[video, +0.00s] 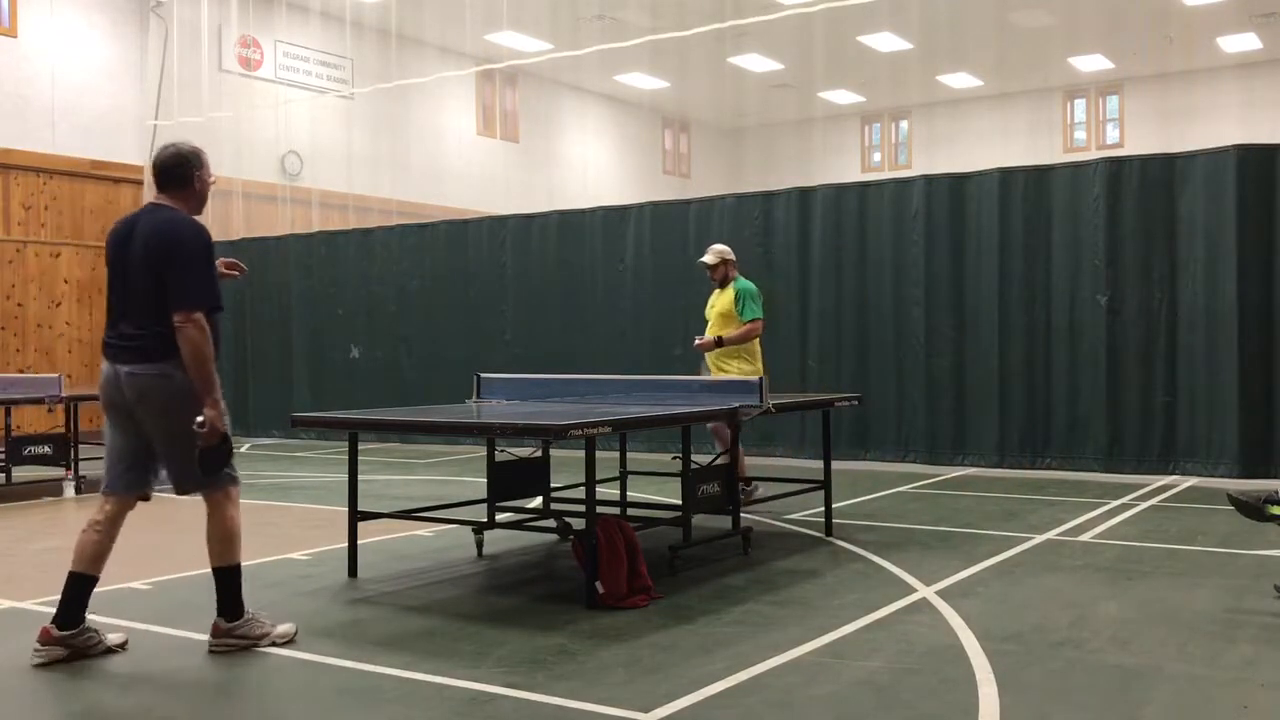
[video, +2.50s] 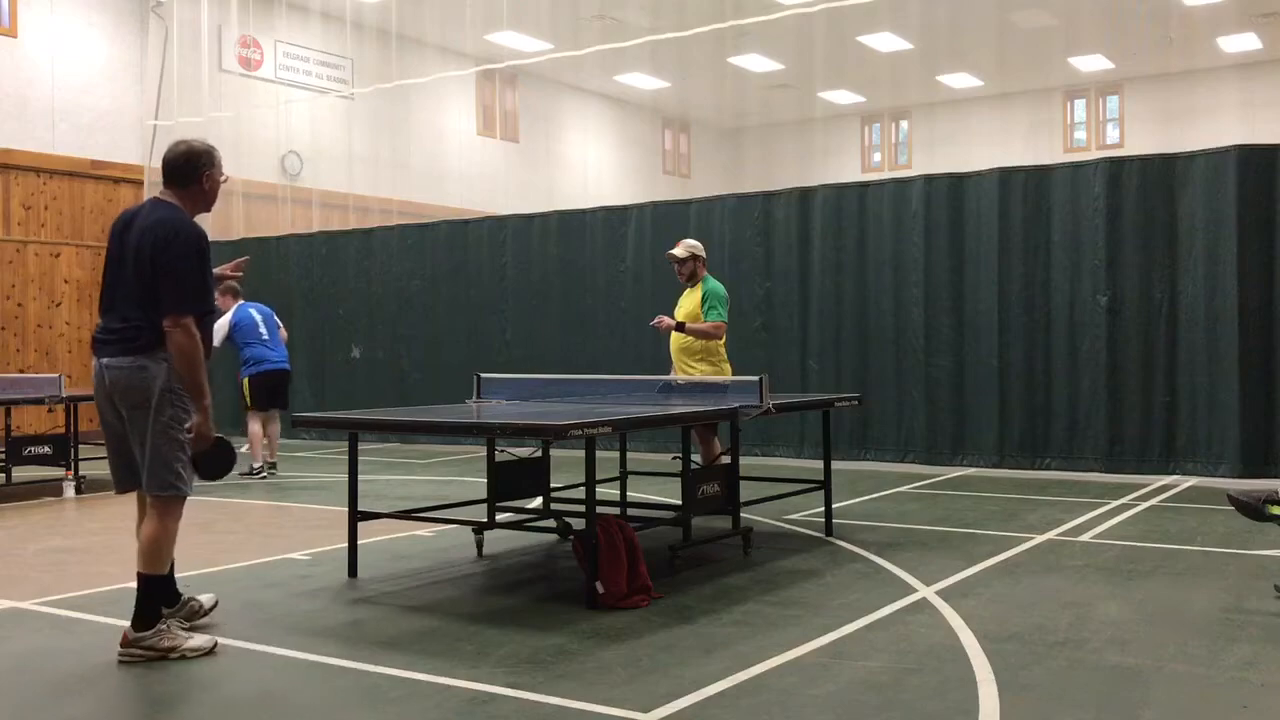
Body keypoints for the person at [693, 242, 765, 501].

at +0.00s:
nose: (710, 273)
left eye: (713, 268)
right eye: (708, 268)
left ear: (729, 265)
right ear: (715, 268)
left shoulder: (745, 288)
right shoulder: (719, 291)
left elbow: (755, 327)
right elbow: (721, 328)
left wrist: (716, 341)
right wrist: (706, 340)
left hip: (740, 375)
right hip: (719, 374)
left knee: (719, 424)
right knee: (720, 426)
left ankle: (742, 480)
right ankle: (740, 480)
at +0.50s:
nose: (689, 277)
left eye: (693, 272)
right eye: (687, 272)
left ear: (709, 268)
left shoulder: (726, 294)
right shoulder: (699, 295)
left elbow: (732, 337)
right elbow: (700, 337)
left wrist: (693, 353)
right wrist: (684, 361)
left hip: (723, 378)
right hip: (704, 377)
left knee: (711, 434)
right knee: (717, 434)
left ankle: (715, 492)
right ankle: (723, 491)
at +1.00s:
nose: (679, 276)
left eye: (683, 271)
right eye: (676, 271)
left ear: (699, 267)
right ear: (674, 270)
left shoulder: (717, 296)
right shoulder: (690, 293)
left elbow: (725, 339)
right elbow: (695, 336)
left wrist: (689, 360)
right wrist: (683, 363)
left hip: (717, 374)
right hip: (696, 374)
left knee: (710, 431)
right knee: (702, 429)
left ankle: (713, 485)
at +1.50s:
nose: (678, 271)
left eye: (684, 265)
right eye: (676, 265)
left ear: (700, 264)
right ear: (675, 265)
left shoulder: (716, 293)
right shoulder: (689, 291)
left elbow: (724, 336)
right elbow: (688, 334)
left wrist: (687, 354)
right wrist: (676, 363)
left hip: (713, 375)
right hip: (692, 374)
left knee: (709, 432)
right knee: (703, 431)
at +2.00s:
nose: (677, 269)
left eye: (682, 262)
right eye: (675, 263)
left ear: (699, 262)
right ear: (675, 264)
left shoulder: (714, 291)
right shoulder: (691, 290)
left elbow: (718, 333)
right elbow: (689, 335)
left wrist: (677, 326)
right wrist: (677, 370)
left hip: (709, 377)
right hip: (688, 376)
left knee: (706, 433)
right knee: (703, 433)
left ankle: (716, 488)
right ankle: (715, 487)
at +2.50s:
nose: (677, 268)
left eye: (682, 262)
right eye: (675, 263)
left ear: (699, 263)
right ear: (675, 264)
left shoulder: (713, 289)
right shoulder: (690, 290)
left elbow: (718, 330)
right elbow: (687, 334)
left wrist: (676, 325)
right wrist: (676, 368)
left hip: (708, 377)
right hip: (688, 376)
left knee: (705, 433)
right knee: (701, 433)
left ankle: (714, 487)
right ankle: (716, 486)